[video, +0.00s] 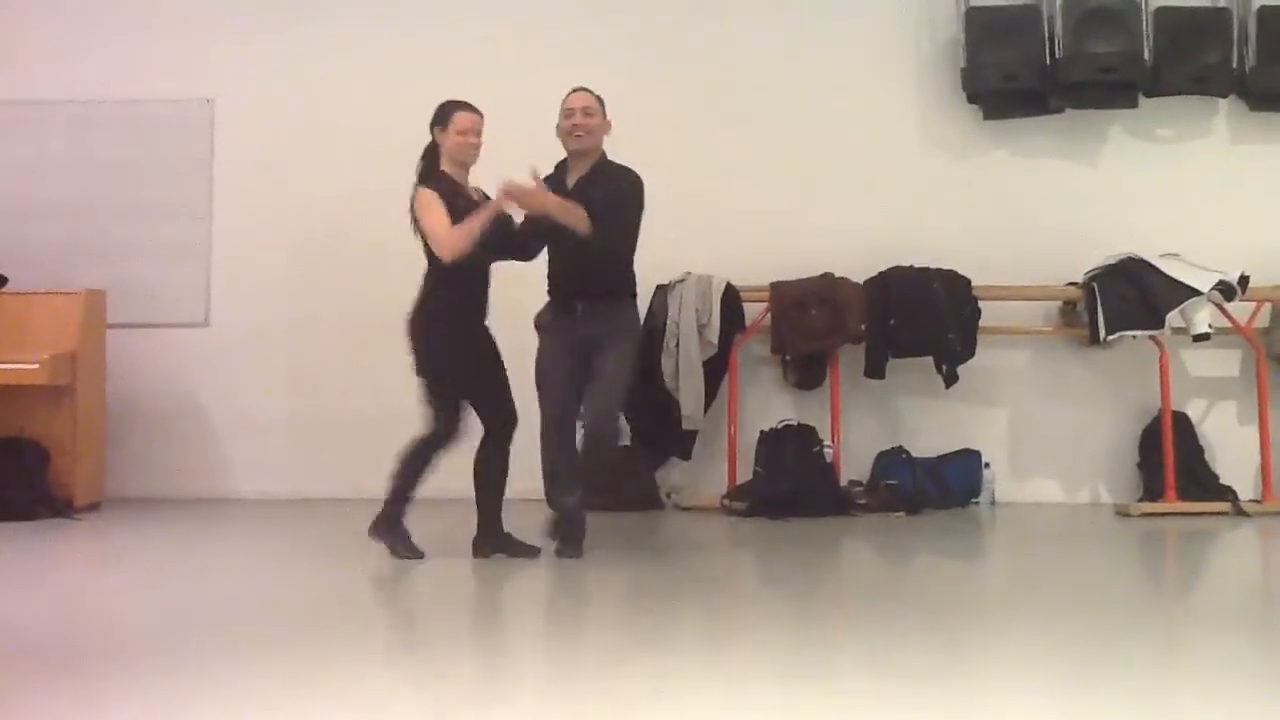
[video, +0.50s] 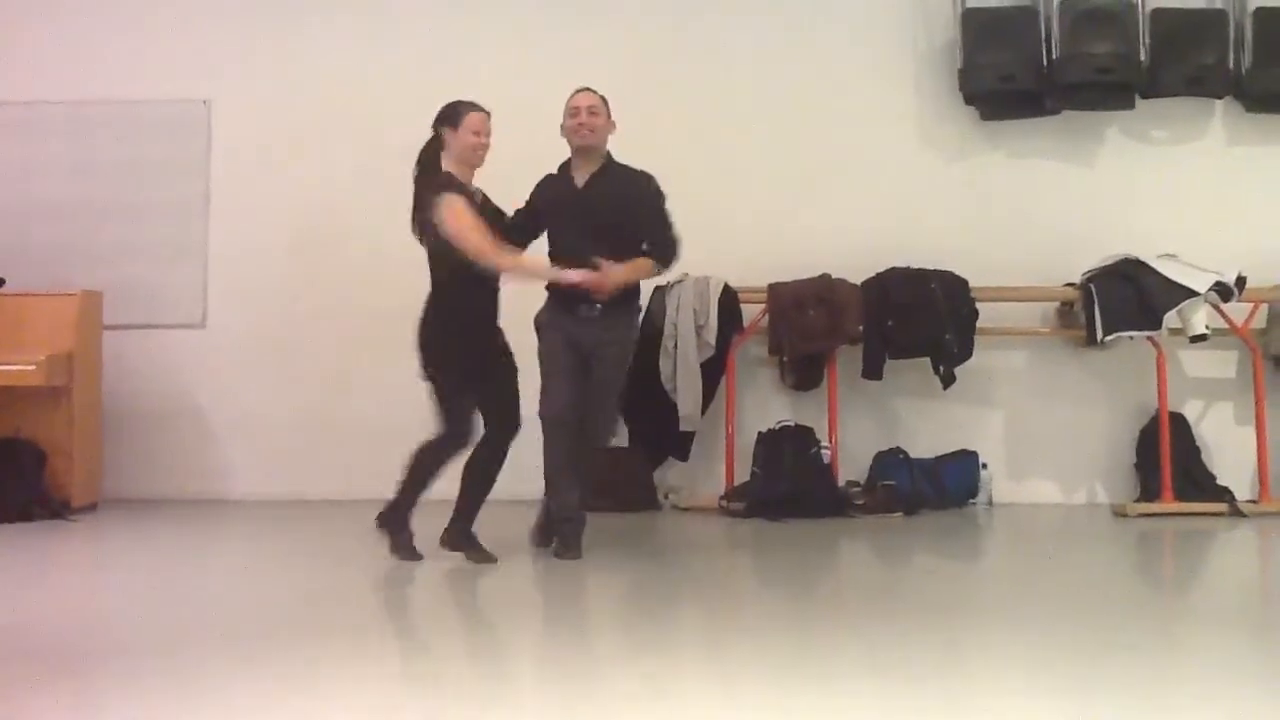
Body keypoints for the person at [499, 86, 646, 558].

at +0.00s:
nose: (576, 120)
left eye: (587, 113)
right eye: (568, 114)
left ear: (606, 126)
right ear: (558, 128)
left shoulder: (625, 183)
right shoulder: (550, 187)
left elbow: (615, 241)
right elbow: (525, 245)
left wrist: (548, 206)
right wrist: (484, 228)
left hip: (615, 319)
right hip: (562, 319)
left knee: (600, 415)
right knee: (556, 417)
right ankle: (567, 519)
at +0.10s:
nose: (576, 121)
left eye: (586, 114)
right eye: (568, 115)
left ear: (604, 126)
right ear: (556, 128)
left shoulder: (623, 182)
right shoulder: (551, 187)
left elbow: (605, 228)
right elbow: (525, 246)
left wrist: (538, 194)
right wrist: (477, 230)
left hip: (612, 323)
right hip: (558, 320)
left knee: (589, 421)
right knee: (553, 419)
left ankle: (554, 509)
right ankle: (567, 526)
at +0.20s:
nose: (575, 122)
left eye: (585, 115)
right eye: (567, 116)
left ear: (604, 129)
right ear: (556, 130)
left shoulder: (622, 185)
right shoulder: (546, 190)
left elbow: (612, 246)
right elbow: (528, 249)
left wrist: (540, 216)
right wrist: (492, 231)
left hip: (607, 321)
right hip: (554, 319)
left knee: (588, 420)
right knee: (552, 417)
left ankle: (550, 512)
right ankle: (567, 526)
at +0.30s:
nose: (574, 119)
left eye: (585, 112)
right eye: (566, 113)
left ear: (603, 126)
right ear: (556, 127)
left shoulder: (623, 184)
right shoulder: (545, 187)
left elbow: (607, 244)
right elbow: (531, 245)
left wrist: (542, 233)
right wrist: (505, 240)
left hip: (607, 320)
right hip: (553, 317)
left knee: (585, 421)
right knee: (552, 415)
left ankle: (546, 509)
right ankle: (567, 523)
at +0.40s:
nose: (578, 119)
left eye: (588, 112)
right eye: (570, 113)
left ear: (607, 124)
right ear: (560, 126)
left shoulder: (631, 185)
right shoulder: (548, 185)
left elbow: (626, 251)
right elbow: (522, 237)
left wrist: (577, 253)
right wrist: (482, 213)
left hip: (609, 320)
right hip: (556, 316)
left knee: (586, 421)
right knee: (554, 413)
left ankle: (546, 509)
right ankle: (567, 524)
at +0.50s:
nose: (582, 119)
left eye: (592, 113)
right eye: (574, 113)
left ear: (611, 125)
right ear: (563, 127)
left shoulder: (639, 185)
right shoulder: (551, 187)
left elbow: (666, 250)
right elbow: (516, 234)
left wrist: (622, 274)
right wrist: (477, 210)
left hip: (614, 322)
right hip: (560, 317)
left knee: (597, 423)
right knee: (557, 415)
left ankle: (555, 505)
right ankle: (566, 525)